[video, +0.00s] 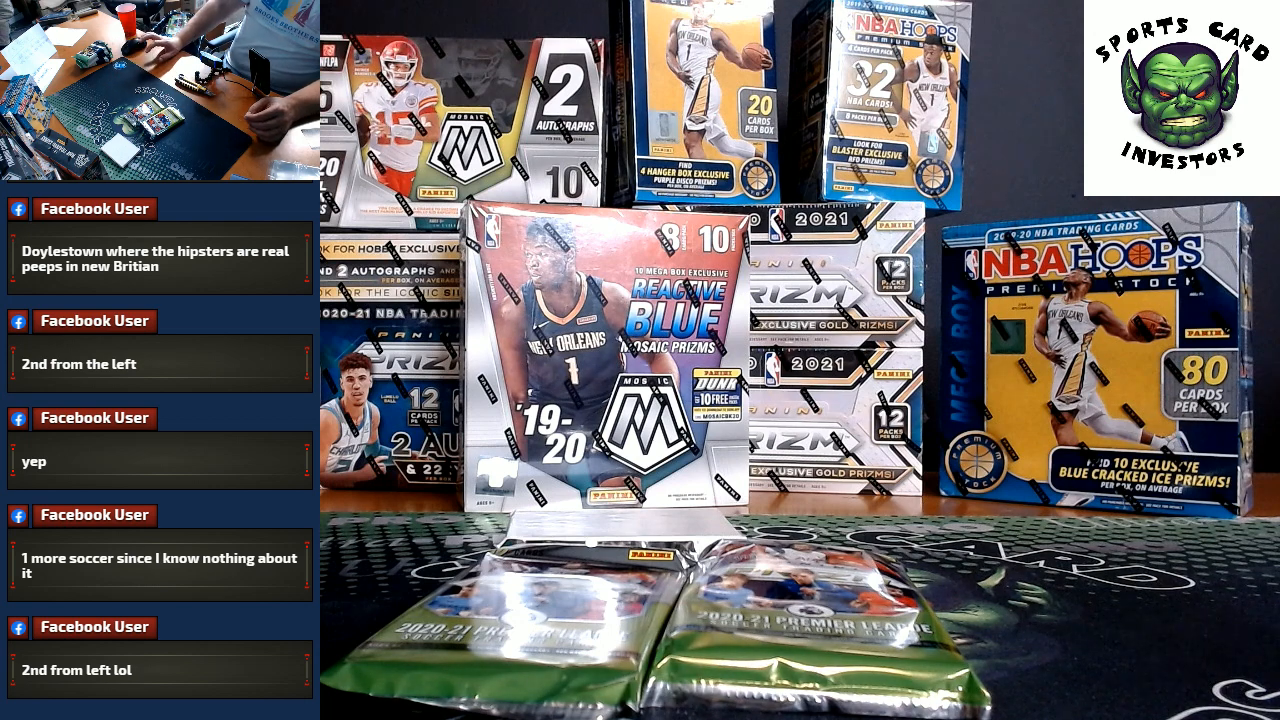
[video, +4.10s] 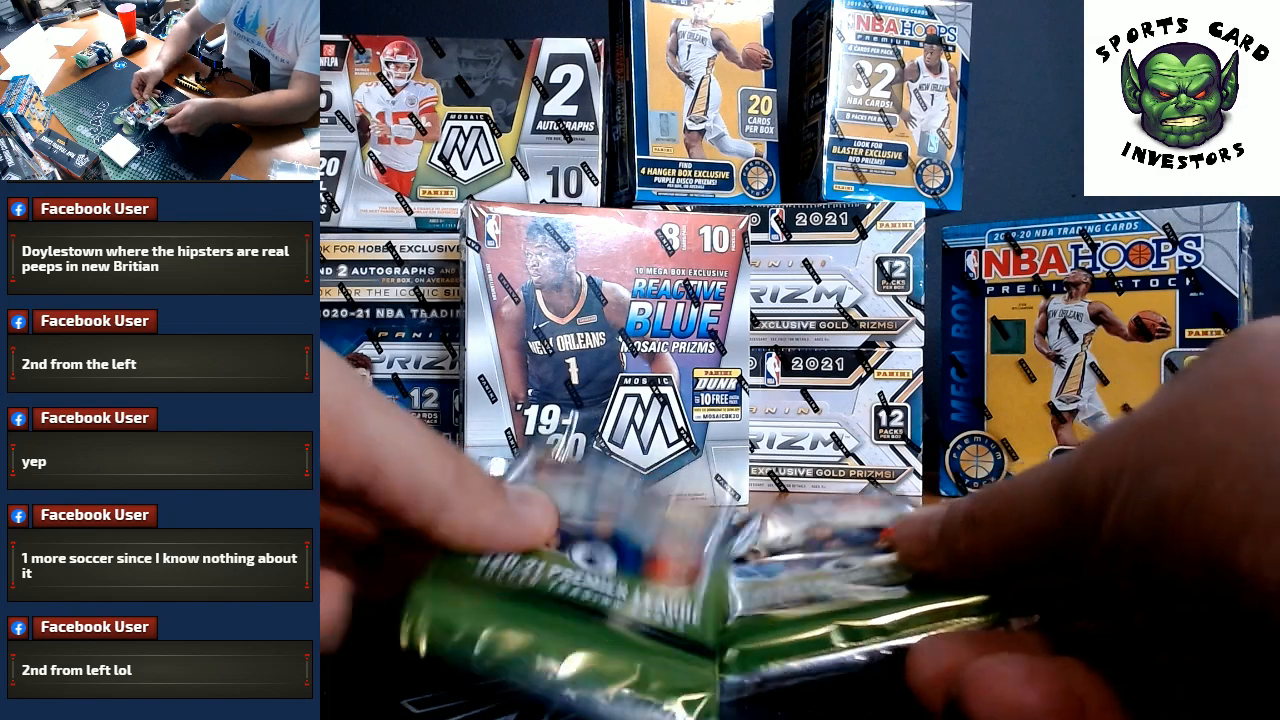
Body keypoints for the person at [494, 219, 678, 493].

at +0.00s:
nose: (532, 263)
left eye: (542, 254)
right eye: (529, 255)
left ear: (570, 255)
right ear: (524, 258)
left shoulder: (611, 299)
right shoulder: (514, 312)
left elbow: (657, 357)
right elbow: (518, 398)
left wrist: (663, 414)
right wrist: (524, 460)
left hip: (610, 424)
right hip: (549, 428)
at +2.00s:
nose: (532, 263)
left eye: (542, 254)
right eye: (529, 255)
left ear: (569, 256)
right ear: (524, 258)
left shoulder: (611, 299)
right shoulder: (513, 313)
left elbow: (658, 357)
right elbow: (518, 399)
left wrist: (662, 413)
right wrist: (524, 460)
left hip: (610, 423)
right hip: (549, 427)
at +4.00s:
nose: (533, 263)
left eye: (543, 254)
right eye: (529, 255)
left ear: (570, 256)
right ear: (525, 258)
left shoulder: (612, 299)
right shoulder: (513, 313)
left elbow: (658, 356)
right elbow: (518, 399)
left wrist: (664, 413)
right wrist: (524, 459)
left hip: (610, 426)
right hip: (549, 430)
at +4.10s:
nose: (532, 262)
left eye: (543, 253)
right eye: (529, 254)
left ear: (569, 255)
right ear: (524, 257)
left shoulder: (612, 299)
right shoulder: (514, 312)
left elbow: (658, 358)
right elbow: (517, 395)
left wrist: (663, 418)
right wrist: (524, 454)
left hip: (609, 427)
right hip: (547, 431)